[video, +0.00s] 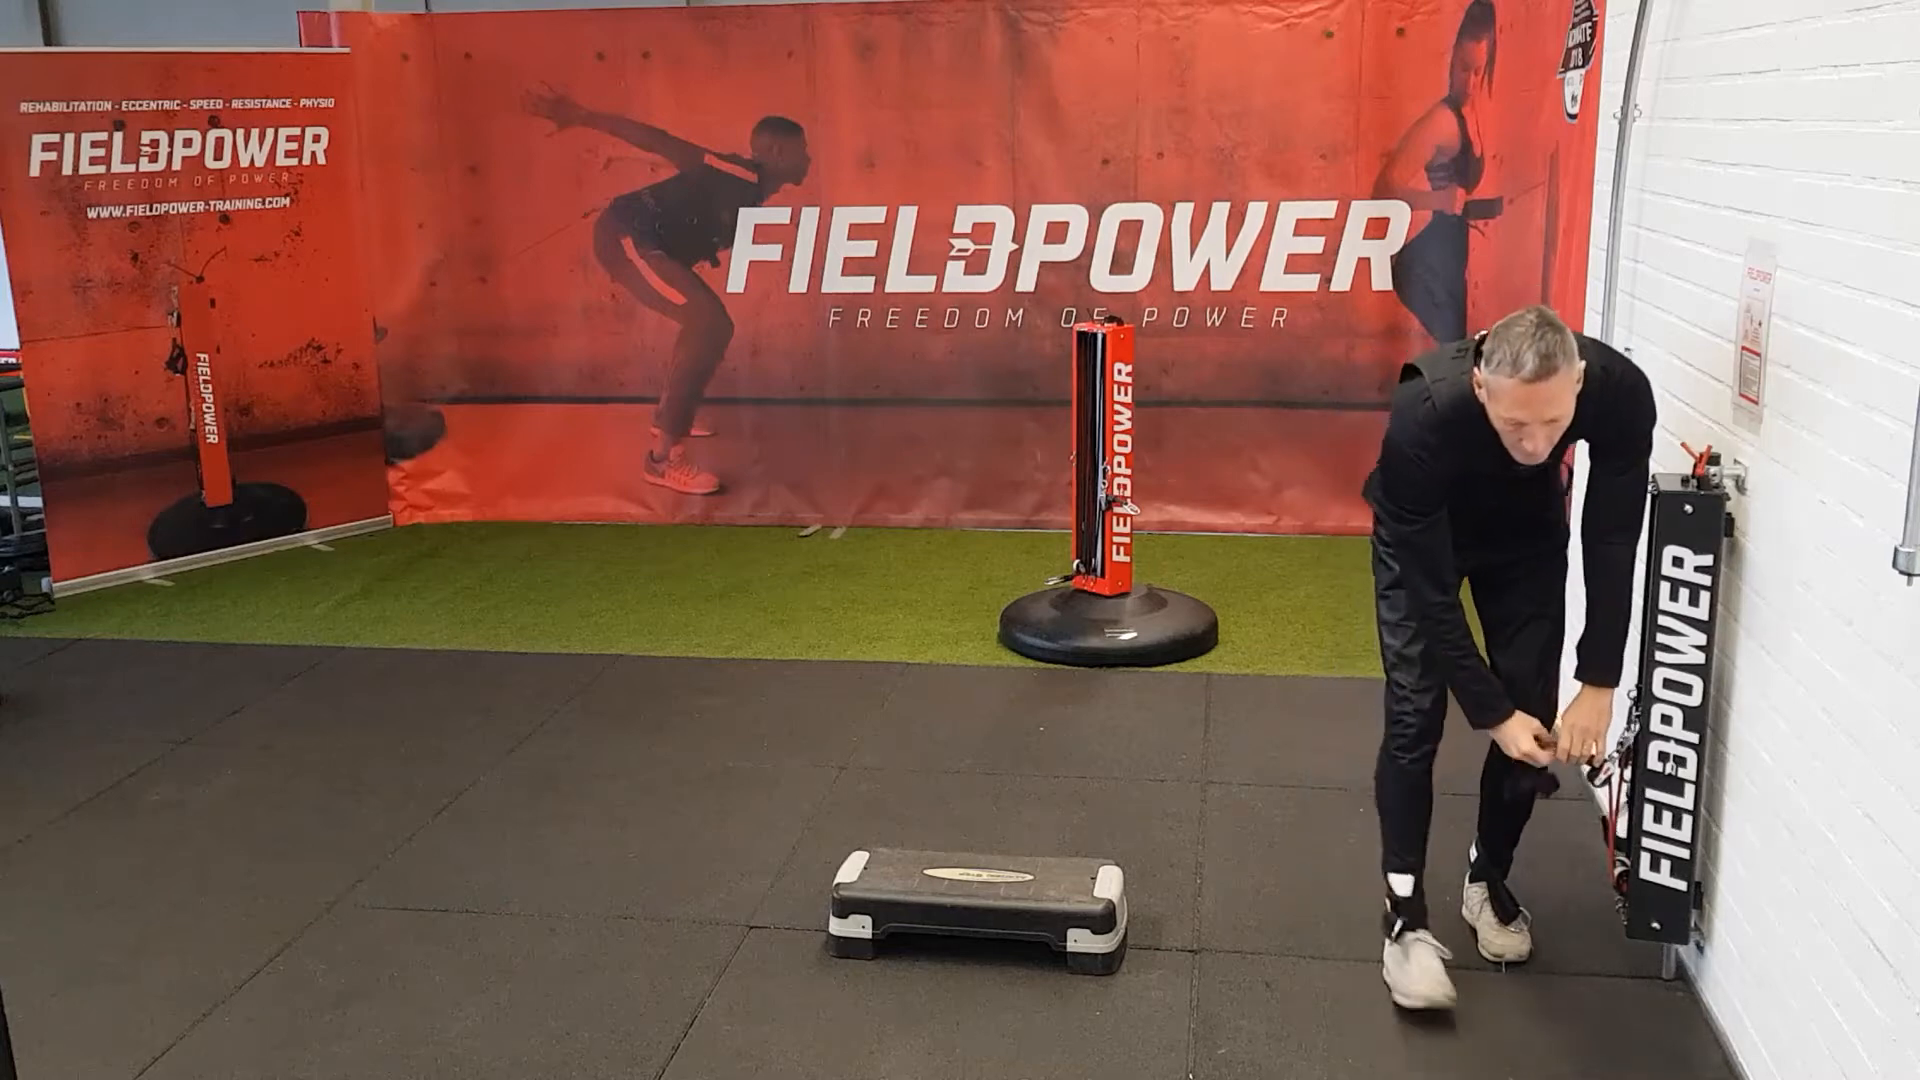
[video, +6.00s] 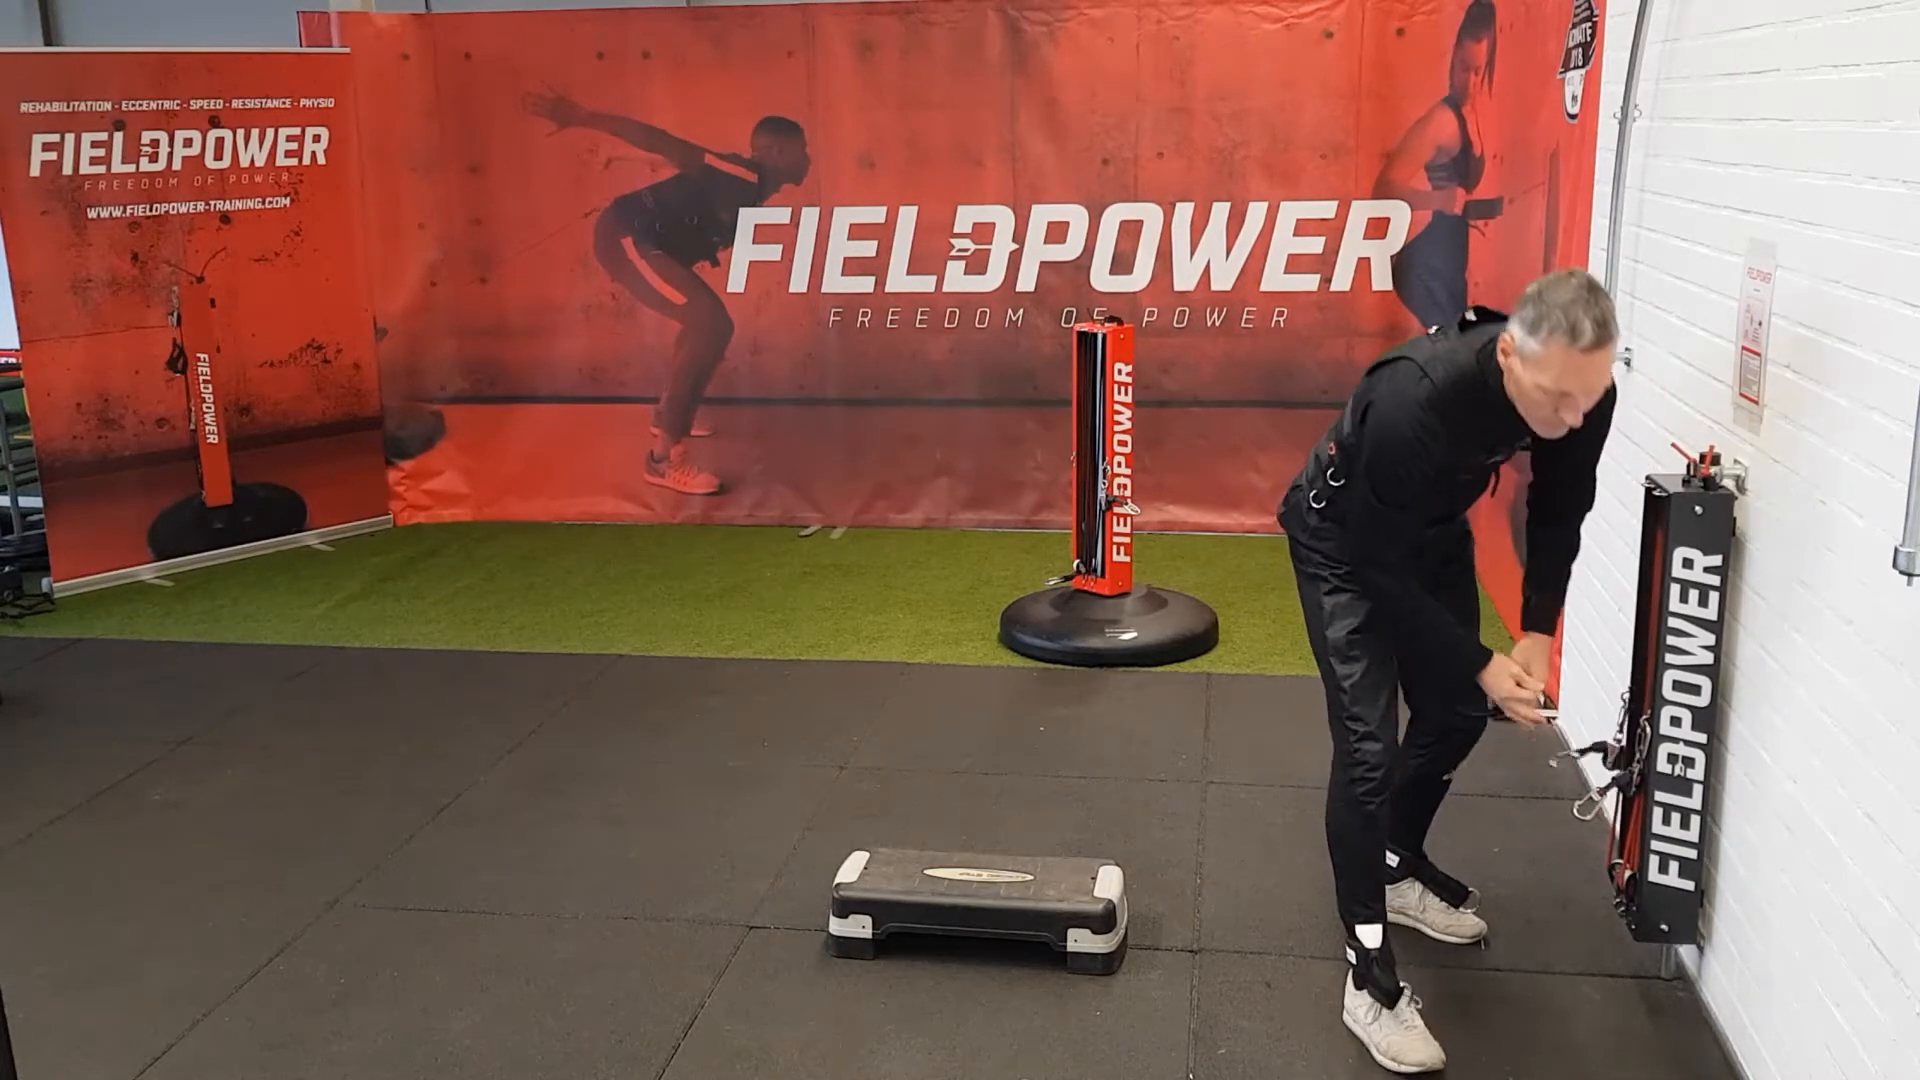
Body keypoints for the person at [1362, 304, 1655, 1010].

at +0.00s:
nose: (1535, 441)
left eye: (1552, 422)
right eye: (1517, 424)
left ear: (1576, 387)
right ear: (1481, 386)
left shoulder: (1617, 395)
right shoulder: (1426, 417)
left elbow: (1612, 542)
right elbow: (1431, 593)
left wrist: (1598, 685)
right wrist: (1498, 715)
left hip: (1524, 533)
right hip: (1423, 534)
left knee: (1530, 717)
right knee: (1416, 717)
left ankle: (1487, 884)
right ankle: (1407, 921)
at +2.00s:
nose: (1518, 248)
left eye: (1536, 226)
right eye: (1498, 226)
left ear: (1559, 204)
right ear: (1457, 198)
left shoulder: (1590, 299)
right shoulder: (1388, 293)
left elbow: (1589, 451)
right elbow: (1332, 437)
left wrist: (1541, 575)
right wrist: (1382, 570)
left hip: (1509, 558)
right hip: (1401, 553)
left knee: (1488, 741)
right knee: (1403, 750)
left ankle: (1446, 882)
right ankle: (1383, 969)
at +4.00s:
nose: (1606, 549)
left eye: (1617, 542)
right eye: (1609, 538)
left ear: (1579, 498)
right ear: (1574, 501)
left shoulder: (1561, 466)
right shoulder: (1446, 495)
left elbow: (1556, 599)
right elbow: (1458, 649)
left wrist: (1573, 720)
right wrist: (1535, 749)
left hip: (1390, 549)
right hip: (1308, 542)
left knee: (1463, 697)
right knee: (1346, 744)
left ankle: (1396, 868)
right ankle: (1363, 968)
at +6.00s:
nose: (1574, 416)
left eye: (1589, 397)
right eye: (1557, 395)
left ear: (1605, 365)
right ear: (1510, 354)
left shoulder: (1589, 387)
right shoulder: (1418, 402)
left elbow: (1559, 503)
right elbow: (1382, 560)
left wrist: (1538, 628)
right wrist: (1480, 667)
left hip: (1436, 531)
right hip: (1343, 536)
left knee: (1454, 716)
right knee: (1369, 752)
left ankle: (1395, 866)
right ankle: (1370, 976)